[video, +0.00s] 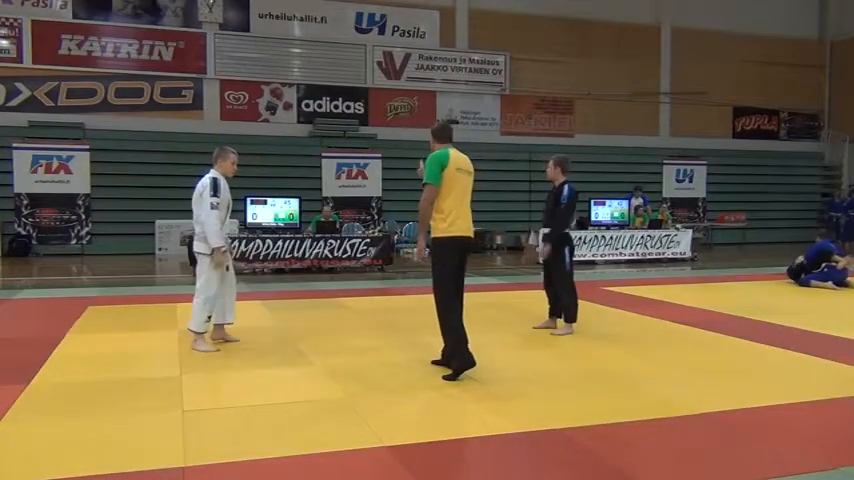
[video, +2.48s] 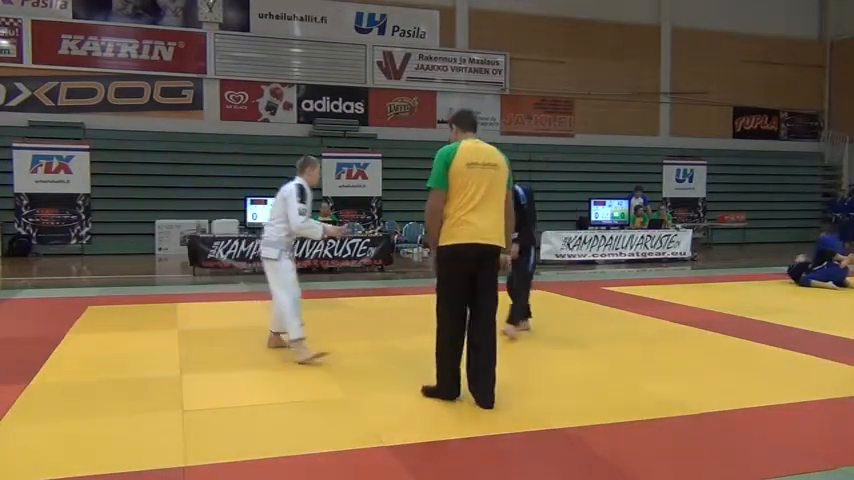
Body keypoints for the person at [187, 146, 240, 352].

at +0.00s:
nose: (235, 168)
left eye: (236, 164)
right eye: (233, 163)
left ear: (222, 162)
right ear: (221, 161)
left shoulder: (218, 182)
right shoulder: (212, 181)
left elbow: (213, 216)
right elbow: (210, 216)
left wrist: (221, 244)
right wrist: (218, 246)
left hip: (219, 245)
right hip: (208, 246)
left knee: (227, 285)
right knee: (207, 289)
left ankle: (219, 329)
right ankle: (198, 337)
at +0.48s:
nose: (231, 165)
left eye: (231, 161)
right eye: (229, 160)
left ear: (217, 161)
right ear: (216, 160)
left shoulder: (216, 182)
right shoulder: (208, 181)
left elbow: (217, 216)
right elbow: (207, 216)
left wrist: (227, 241)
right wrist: (223, 242)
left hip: (219, 245)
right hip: (209, 245)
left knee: (224, 288)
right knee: (210, 289)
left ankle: (217, 331)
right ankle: (199, 338)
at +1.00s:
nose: (232, 164)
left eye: (232, 159)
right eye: (229, 159)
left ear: (217, 160)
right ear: (217, 160)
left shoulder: (216, 182)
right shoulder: (209, 181)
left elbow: (214, 216)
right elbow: (204, 216)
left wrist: (225, 241)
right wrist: (219, 243)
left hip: (220, 245)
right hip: (209, 246)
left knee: (223, 288)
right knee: (208, 290)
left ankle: (217, 331)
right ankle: (198, 337)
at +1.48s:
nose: (235, 163)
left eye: (234, 159)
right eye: (233, 159)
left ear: (221, 160)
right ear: (221, 160)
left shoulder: (220, 181)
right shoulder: (213, 180)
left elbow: (217, 216)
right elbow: (206, 215)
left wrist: (226, 242)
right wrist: (218, 242)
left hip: (220, 245)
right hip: (210, 246)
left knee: (224, 288)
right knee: (210, 289)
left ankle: (218, 331)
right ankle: (199, 338)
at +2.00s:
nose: (270, 174)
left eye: (270, 170)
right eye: (268, 170)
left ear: (256, 170)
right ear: (257, 170)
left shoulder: (250, 189)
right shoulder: (247, 189)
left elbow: (241, 225)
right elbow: (244, 226)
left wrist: (266, 231)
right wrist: (269, 232)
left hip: (245, 252)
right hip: (230, 252)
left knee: (261, 286)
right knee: (223, 293)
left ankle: (271, 334)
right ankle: (200, 338)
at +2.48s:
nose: (319, 176)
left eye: (319, 171)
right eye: (317, 171)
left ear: (304, 170)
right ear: (309, 170)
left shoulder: (301, 190)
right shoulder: (294, 189)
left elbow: (301, 221)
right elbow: (297, 224)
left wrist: (326, 228)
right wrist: (326, 230)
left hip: (281, 249)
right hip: (275, 250)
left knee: (284, 293)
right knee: (289, 293)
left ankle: (275, 335)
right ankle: (299, 345)